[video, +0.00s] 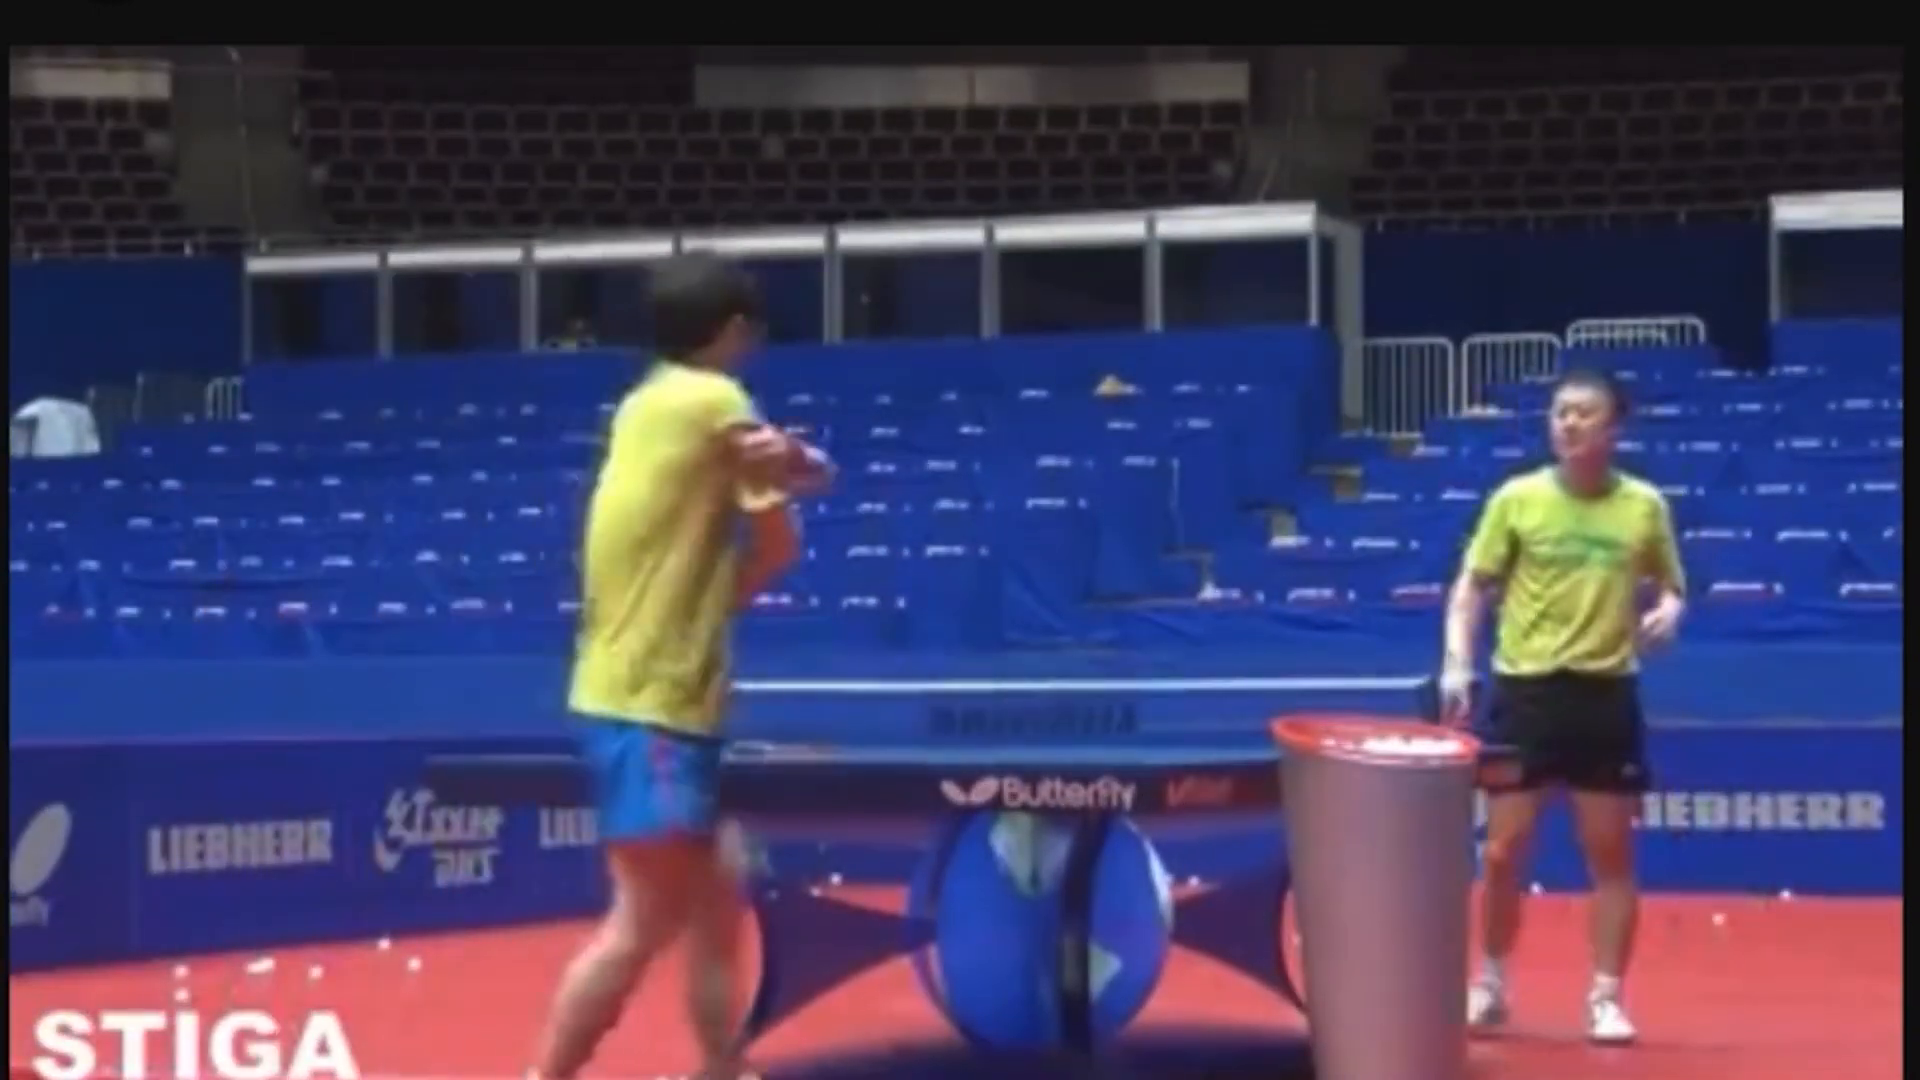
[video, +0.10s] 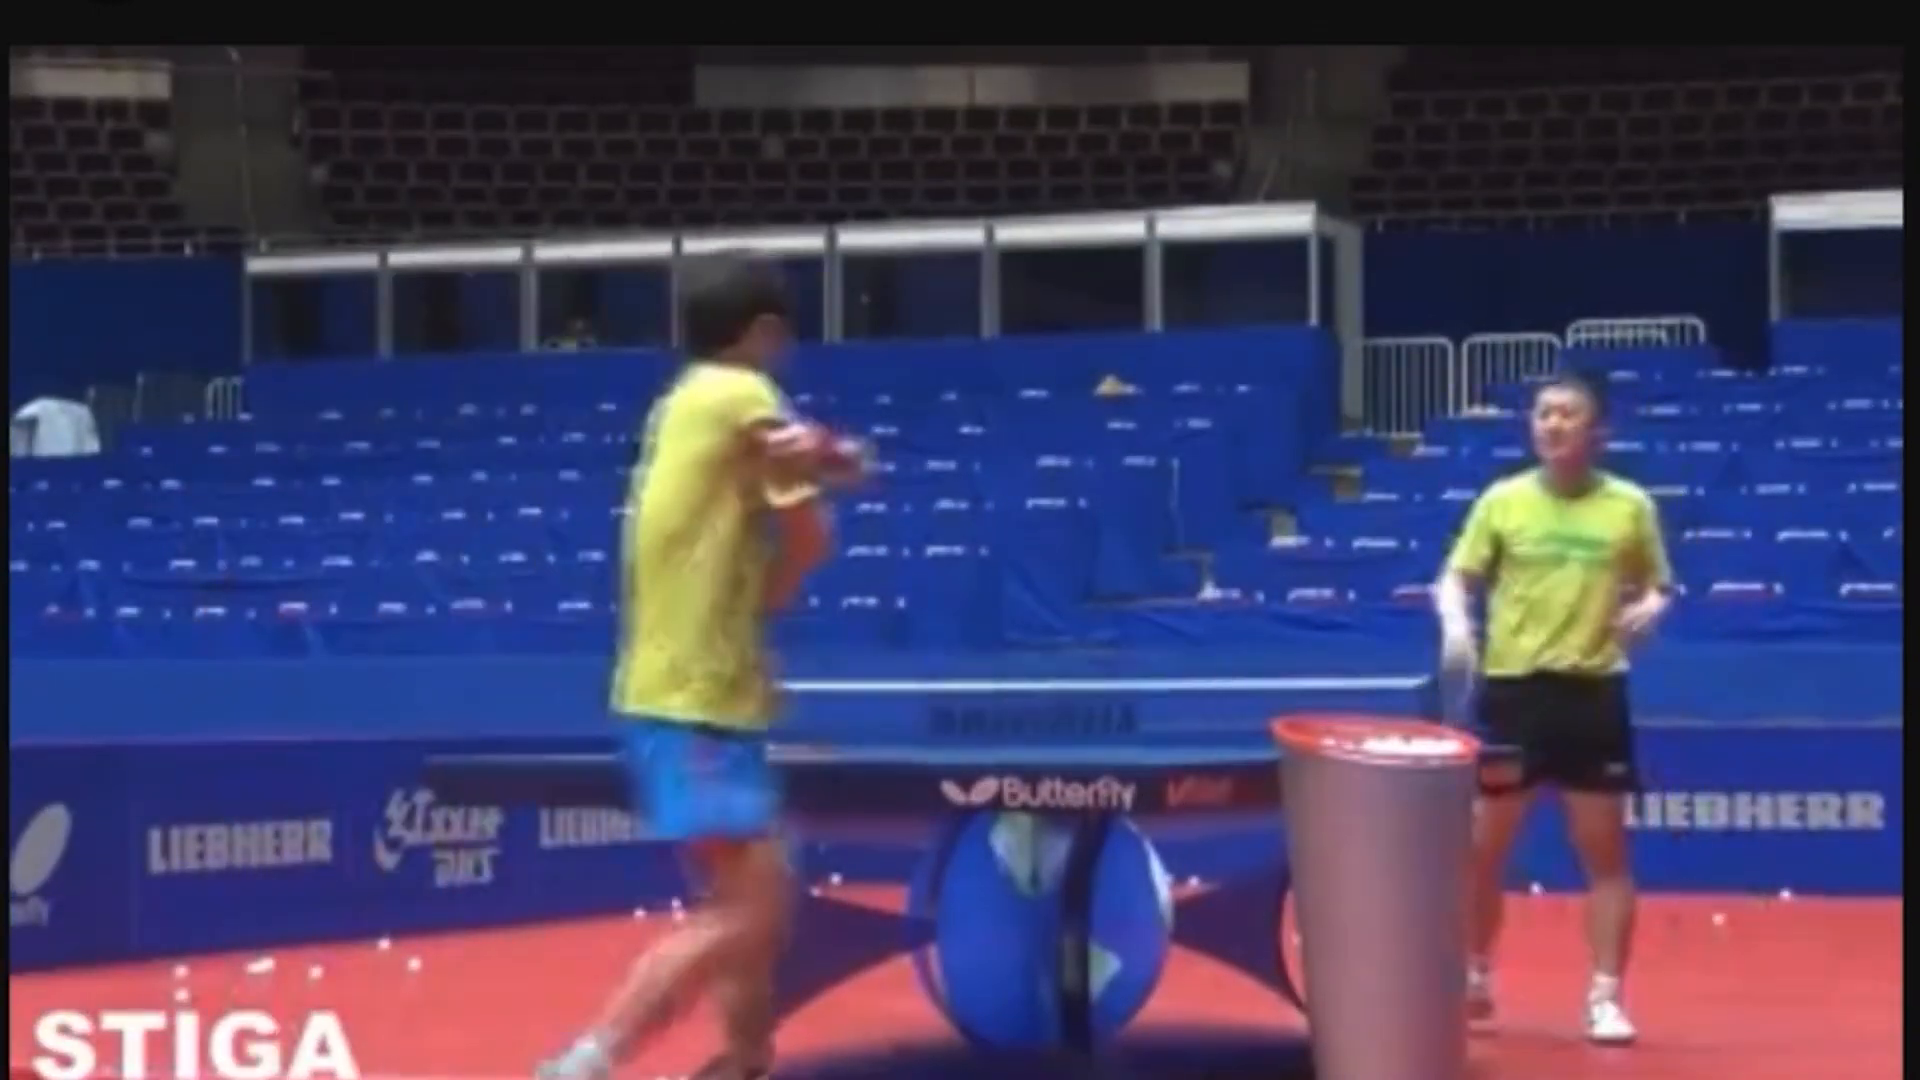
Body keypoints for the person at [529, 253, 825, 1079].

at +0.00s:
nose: (753, 338)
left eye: (749, 325)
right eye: (750, 325)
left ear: (671, 331)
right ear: (730, 328)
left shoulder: (650, 403)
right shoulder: (711, 401)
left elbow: (757, 546)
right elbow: (808, 479)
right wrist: (796, 458)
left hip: (644, 703)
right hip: (649, 709)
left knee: (713, 910)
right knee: (644, 918)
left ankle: (722, 1064)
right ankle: (547, 1068)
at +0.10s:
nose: (785, 342)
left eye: (781, 327)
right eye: (779, 327)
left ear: (708, 332)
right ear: (756, 329)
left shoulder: (698, 405)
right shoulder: (732, 392)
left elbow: (801, 551)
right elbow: (824, 463)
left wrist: (807, 477)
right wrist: (846, 452)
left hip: (703, 701)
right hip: (689, 703)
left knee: (752, 903)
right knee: (752, 901)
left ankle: (746, 1062)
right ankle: (588, 1058)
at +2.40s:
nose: (1193, 352)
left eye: (1196, 338)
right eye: (1193, 339)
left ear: (1219, 335)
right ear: (1287, 339)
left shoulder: (1170, 424)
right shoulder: (1351, 422)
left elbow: (1172, 551)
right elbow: (1394, 563)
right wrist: (1395, 653)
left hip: (1152, 676)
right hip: (1274, 683)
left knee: (1125, 908)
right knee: (1287, 922)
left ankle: (1107, 1072)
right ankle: (1281, 1072)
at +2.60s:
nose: (1218, 363)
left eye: (1223, 347)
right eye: (1220, 348)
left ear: (1249, 344)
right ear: (1313, 351)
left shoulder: (1201, 428)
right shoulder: (1377, 424)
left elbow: (1204, 558)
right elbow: (1415, 571)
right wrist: (1393, 668)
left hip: (1175, 675)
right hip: (1294, 682)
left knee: (1136, 911)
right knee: (1298, 930)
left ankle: (1112, 1072)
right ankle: (1284, 1073)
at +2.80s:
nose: (1221, 369)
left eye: (1227, 351)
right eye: (1221, 353)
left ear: (1260, 344)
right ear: (1311, 350)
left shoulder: (1207, 429)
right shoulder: (1390, 427)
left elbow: (1214, 551)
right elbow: (1424, 574)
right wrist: (1392, 688)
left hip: (1188, 677)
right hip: (1310, 685)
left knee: (1142, 910)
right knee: (1306, 932)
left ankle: (1113, 1072)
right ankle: (1287, 1073)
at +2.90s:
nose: (1215, 369)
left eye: (1222, 351)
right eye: (1215, 353)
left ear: (1259, 344)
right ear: (1308, 351)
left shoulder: (1206, 429)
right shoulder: (1390, 428)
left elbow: (1217, 553)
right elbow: (1425, 575)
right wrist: (1395, 693)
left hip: (1191, 675)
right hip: (1313, 685)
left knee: (1143, 910)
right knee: (1306, 936)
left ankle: (1112, 1072)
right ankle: (1287, 1073)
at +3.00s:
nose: (1205, 369)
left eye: (1212, 351)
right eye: (1204, 353)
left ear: (1251, 343)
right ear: (1300, 349)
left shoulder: (1197, 429)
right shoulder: (1383, 426)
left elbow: (1207, 553)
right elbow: (1421, 571)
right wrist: (1396, 695)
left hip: (1189, 674)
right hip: (1312, 684)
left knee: (1140, 909)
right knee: (1306, 935)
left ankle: (1105, 1071)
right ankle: (1286, 1073)